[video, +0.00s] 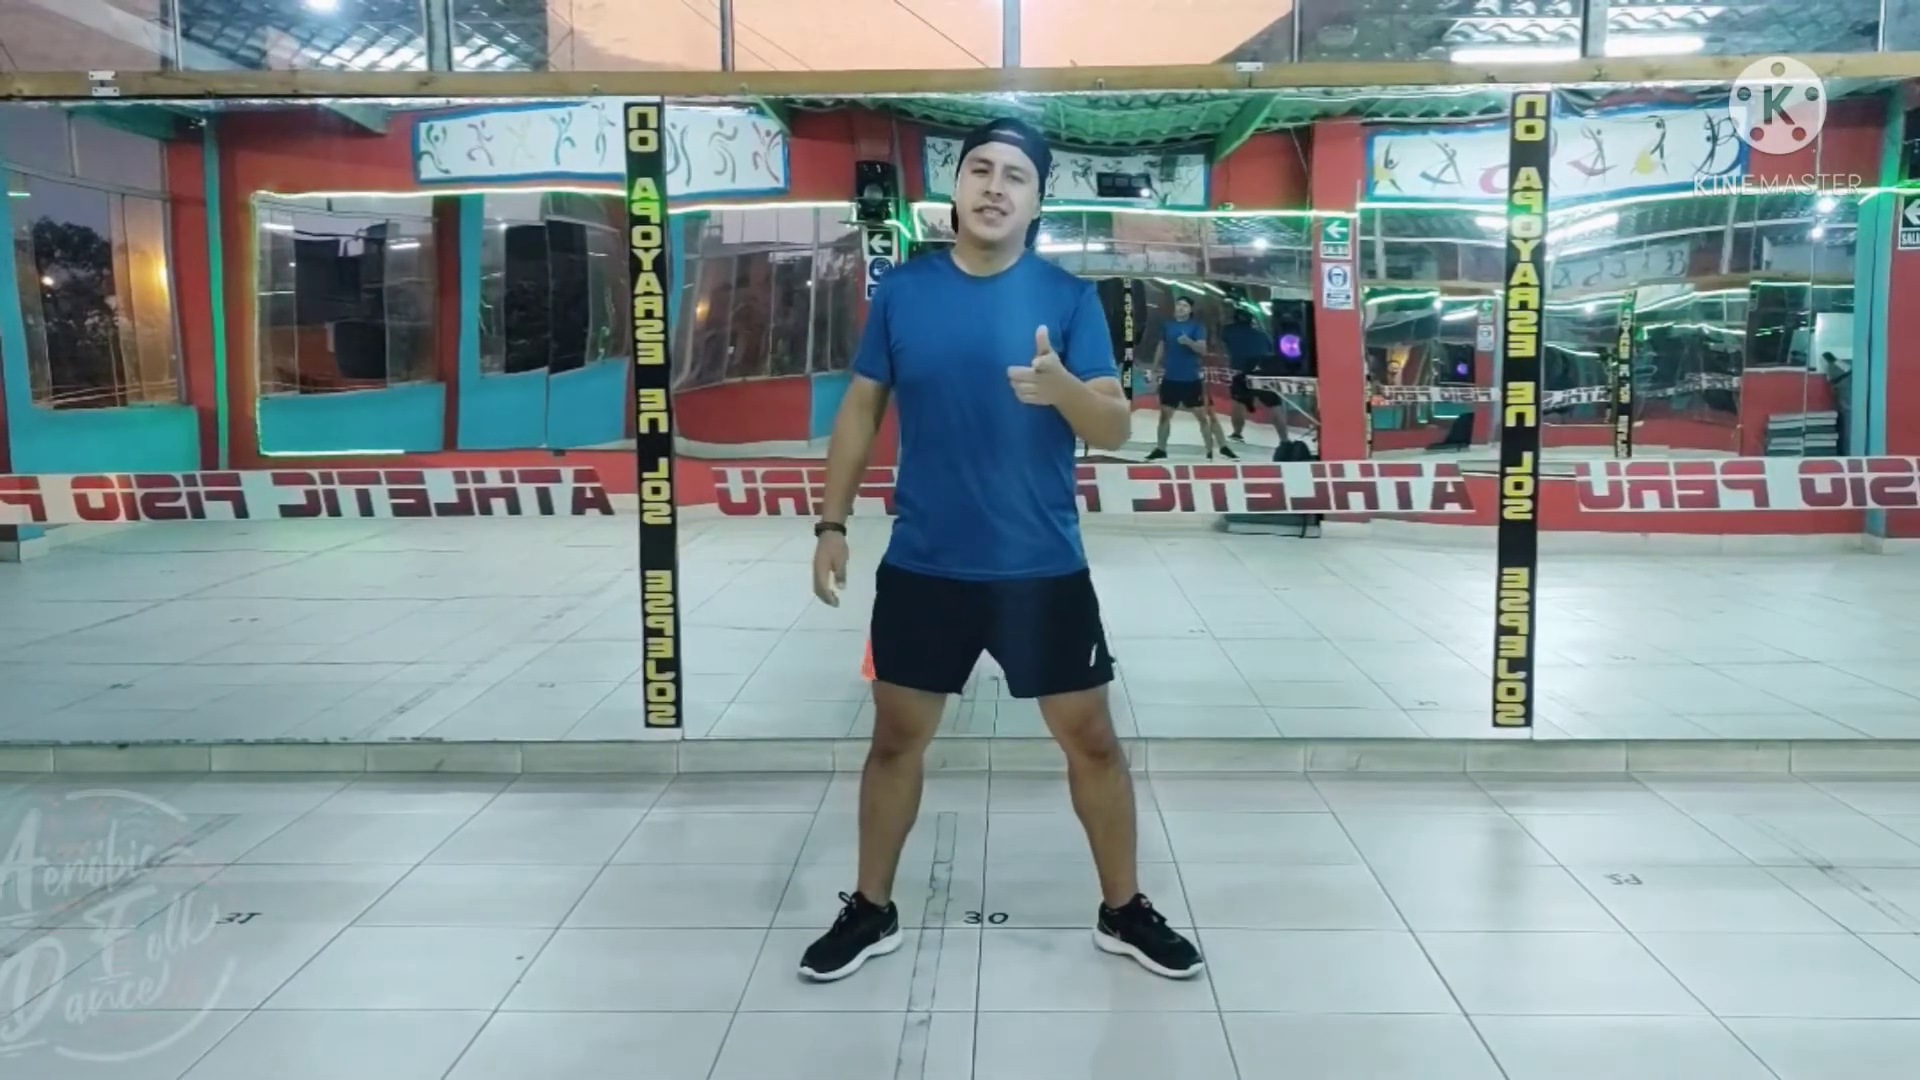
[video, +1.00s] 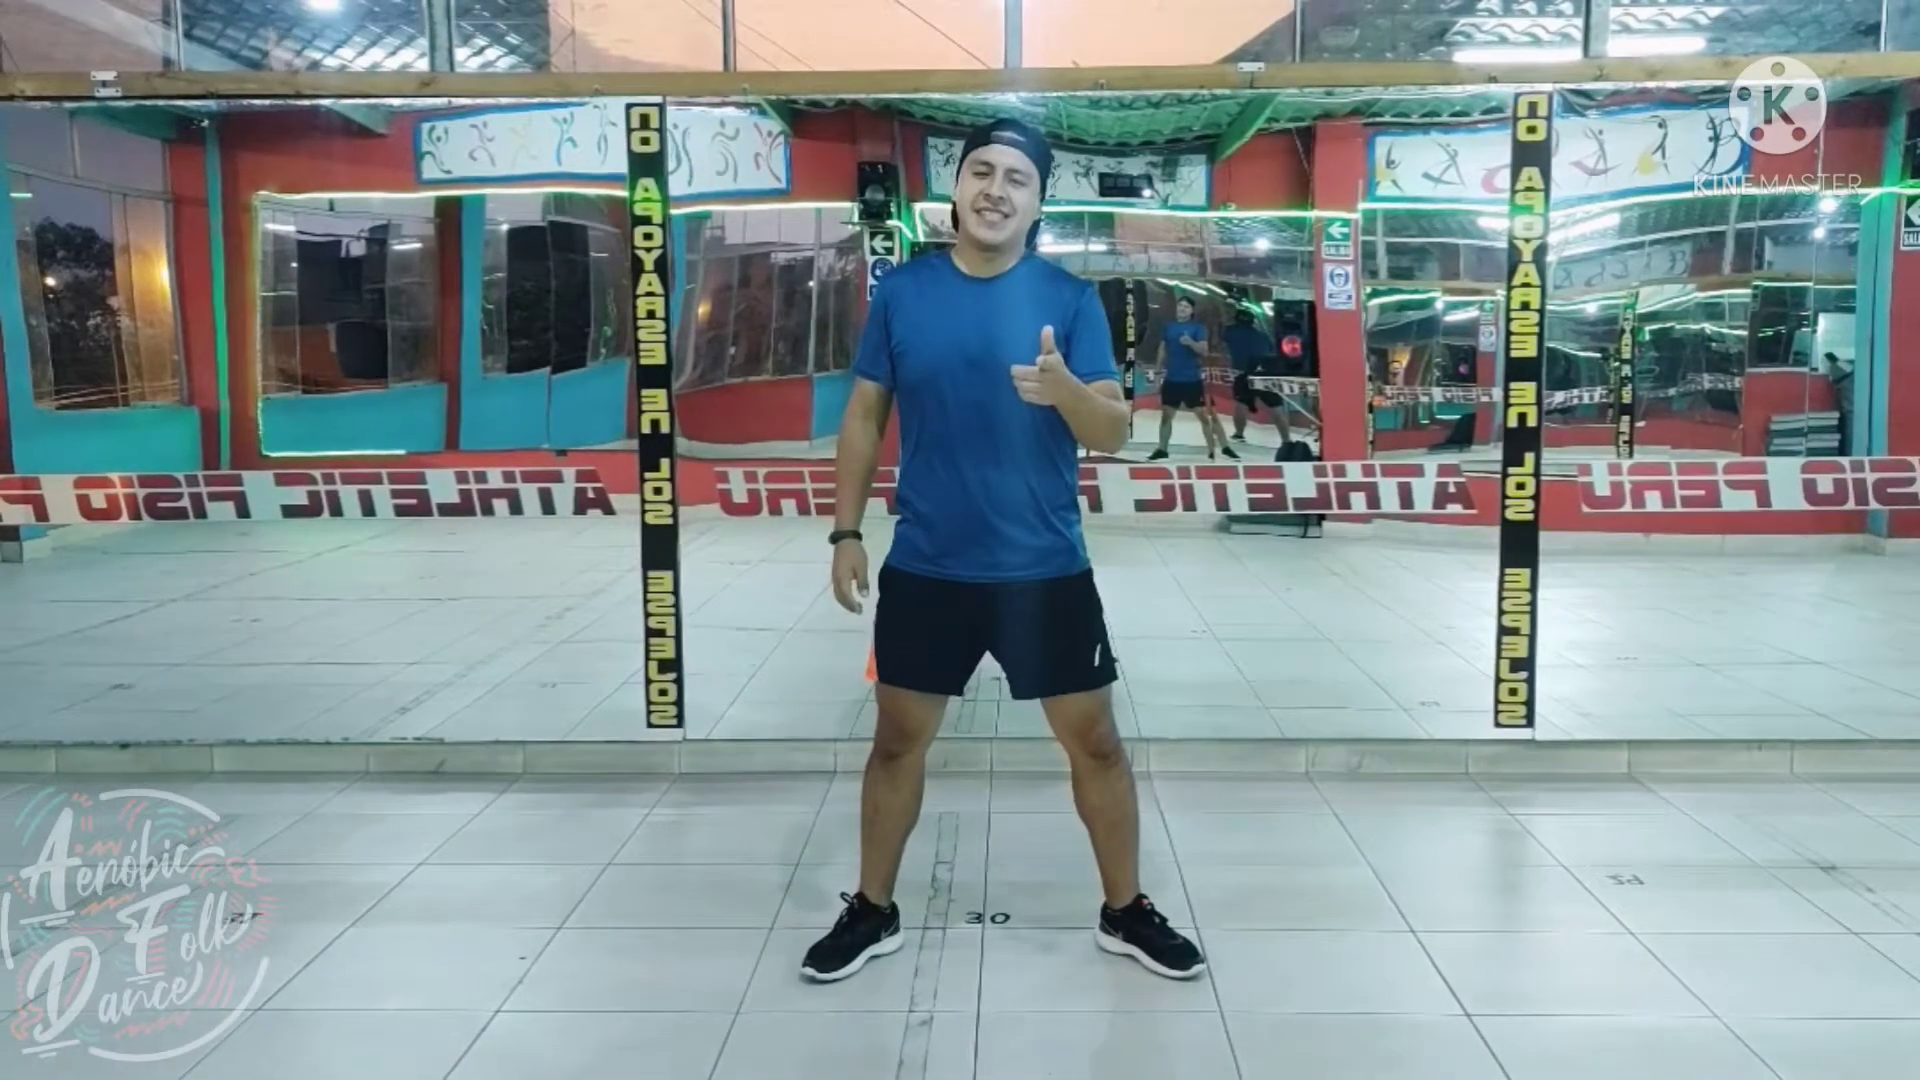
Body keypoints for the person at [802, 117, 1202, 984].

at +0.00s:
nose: (995, 186)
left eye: (1014, 177)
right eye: (981, 171)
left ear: (1038, 203)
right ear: (953, 189)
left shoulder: (1067, 297)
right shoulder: (901, 291)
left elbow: (1112, 430)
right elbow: (862, 406)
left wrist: (1068, 395)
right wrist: (833, 521)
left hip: (1041, 561)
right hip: (926, 558)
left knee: (1092, 738)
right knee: (896, 736)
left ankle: (1124, 905)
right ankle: (871, 905)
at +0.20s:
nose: (995, 188)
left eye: (1015, 178)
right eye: (981, 172)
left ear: (1038, 203)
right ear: (953, 188)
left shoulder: (1068, 297)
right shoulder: (900, 292)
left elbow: (1111, 430)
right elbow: (865, 412)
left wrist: (1067, 395)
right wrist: (847, 528)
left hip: (1043, 562)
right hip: (927, 559)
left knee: (1093, 739)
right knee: (895, 737)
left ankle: (1124, 905)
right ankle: (871, 904)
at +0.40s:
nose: (994, 188)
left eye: (1014, 179)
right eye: (980, 172)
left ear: (1037, 203)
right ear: (953, 189)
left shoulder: (1068, 298)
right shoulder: (901, 292)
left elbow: (1111, 431)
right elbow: (866, 411)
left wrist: (1067, 395)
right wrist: (849, 529)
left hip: (1044, 563)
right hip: (928, 560)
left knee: (1094, 739)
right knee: (896, 738)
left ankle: (1124, 905)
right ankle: (871, 905)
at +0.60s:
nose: (993, 189)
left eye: (1014, 180)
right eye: (980, 174)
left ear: (1038, 204)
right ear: (953, 190)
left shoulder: (1068, 297)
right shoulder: (900, 292)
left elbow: (1110, 431)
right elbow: (865, 411)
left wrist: (1067, 395)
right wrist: (847, 525)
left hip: (1044, 564)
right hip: (928, 560)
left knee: (1094, 740)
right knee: (896, 740)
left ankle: (1125, 905)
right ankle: (871, 905)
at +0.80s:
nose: (995, 189)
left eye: (1015, 180)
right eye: (982, 174)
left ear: (1038, 205)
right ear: (954, 190)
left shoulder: (1069, 298)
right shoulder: (900, 292)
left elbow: (1110, 432)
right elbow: (865, 411)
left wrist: (1067, 396)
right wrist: (847, 528)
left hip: (1044, 564)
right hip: (928, 560)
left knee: (1094, 742)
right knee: (895, 739)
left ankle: (1125, 906)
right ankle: (872, 905)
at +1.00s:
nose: (996, 190)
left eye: (1016, 180)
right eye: (982, 174)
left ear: (1039, 204)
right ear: (955, 191)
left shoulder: (1069, 298)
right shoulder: (900, 292)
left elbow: (1111, 432)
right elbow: (866, 412)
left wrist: (1069, 397)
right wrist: (848, 529)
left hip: (1045, 564)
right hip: (928, 560)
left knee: (1095, 742)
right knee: (896, 740)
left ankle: (1125, 906)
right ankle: (872, 905)